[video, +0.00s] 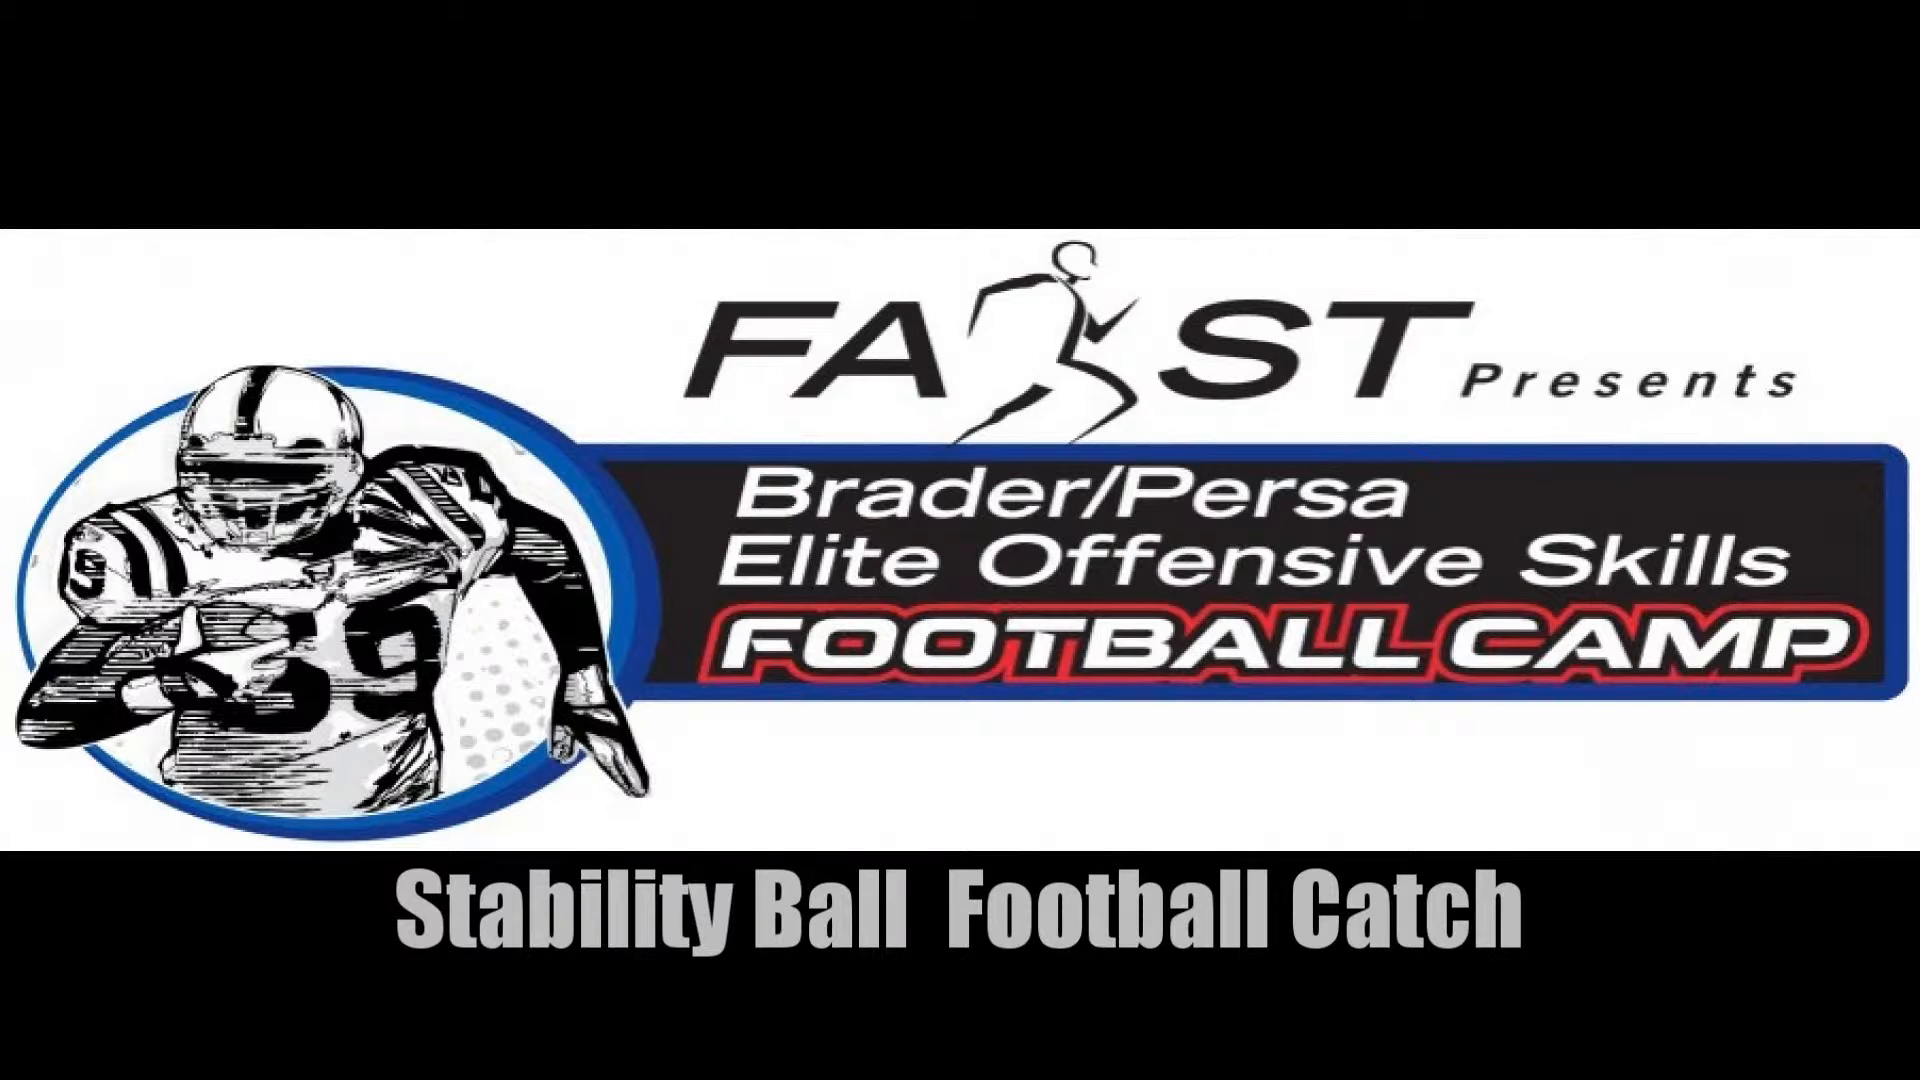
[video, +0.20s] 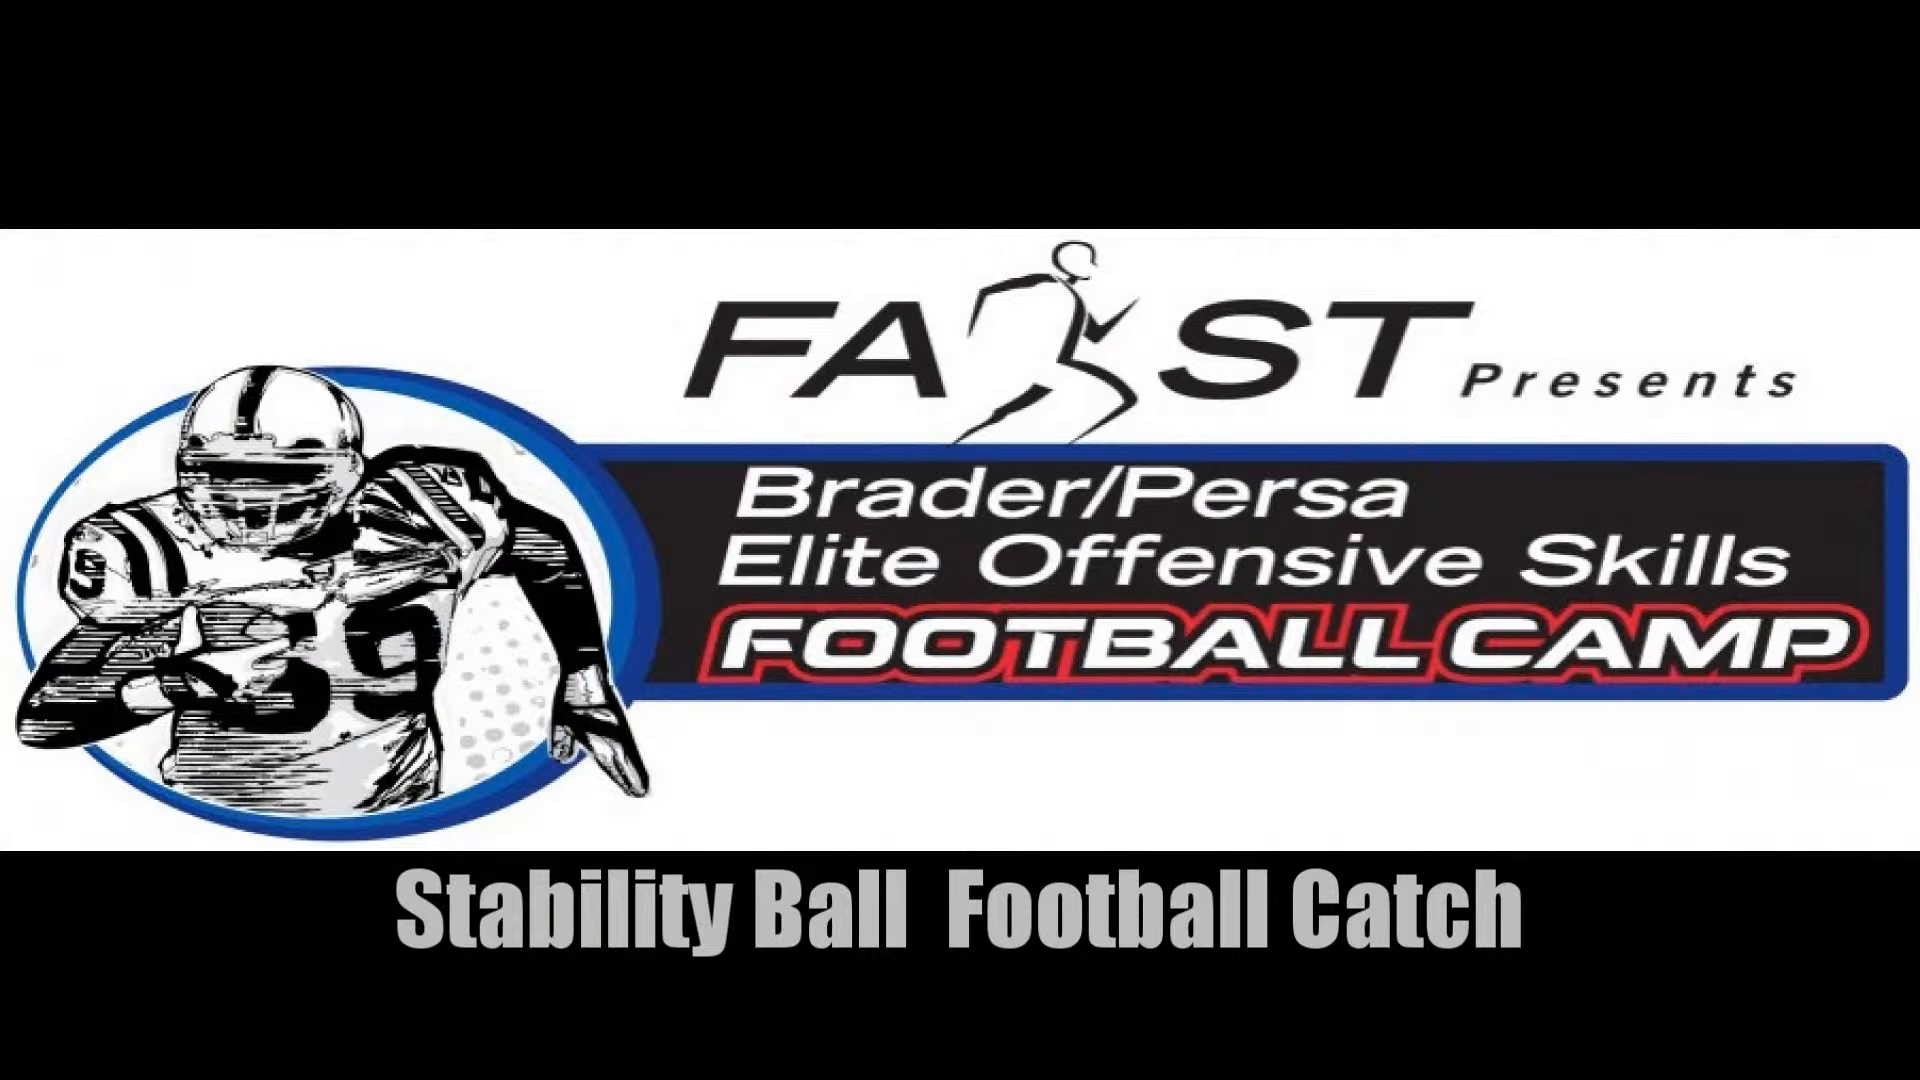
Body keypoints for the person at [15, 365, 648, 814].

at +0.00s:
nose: (248, 518)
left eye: (277, 496)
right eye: (227, 494)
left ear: (336, 482)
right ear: (194, 480)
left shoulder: (427, 510)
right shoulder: (140, 549)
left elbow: (544, 546)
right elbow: (43, 716)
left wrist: (585, 670)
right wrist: (178, 682)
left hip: (388, 811)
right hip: (219, 815)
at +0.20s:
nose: (252, 515)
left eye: (280, 494)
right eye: (229, 492)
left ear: (336, 480)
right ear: (194, 479)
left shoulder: (425, 508)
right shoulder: (142, 549)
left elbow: (546, 548)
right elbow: (43, 716)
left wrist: (585, 671)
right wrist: (174, 683)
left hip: (386, 813)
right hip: (218, 816)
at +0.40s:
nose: (248, 518)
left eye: (277, 496)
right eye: (227, 494)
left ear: (336, 482)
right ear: (194, 480)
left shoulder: (427, 510)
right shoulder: (140, 549)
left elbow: (544, 546)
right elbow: (43, 716)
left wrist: (585, 670)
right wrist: (178, 683)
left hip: (388, 811)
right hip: (219, 815)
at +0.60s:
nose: (251, 516)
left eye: (280, 494)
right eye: (229, 493)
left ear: (336, 480)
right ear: (194, 479)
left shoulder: (425, 508)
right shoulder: (142, 549)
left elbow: (546, 548)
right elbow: (43, 716)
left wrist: (585, 672)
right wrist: (175, 683)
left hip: (386, 814)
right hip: (218, 816)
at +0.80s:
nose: (252, 515)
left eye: (280, 494)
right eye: (229, 492)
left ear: (336, 480)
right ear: (194, 479)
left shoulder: (425, 508)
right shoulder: (142, 549)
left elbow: (546, 548)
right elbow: (43, 716)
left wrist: (585, 671)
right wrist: (175, 683)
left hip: (386, 814)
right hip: (218, 816)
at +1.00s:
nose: (252, 515)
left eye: (280, 494)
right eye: (229, 492)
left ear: (336, 480)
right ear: (194, 479)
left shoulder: (425, 508)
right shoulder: (142, 549)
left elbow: (546, 548)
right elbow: (43, 716)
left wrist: (585, 671)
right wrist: (175, 683)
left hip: (386, 814)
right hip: (218, 816)